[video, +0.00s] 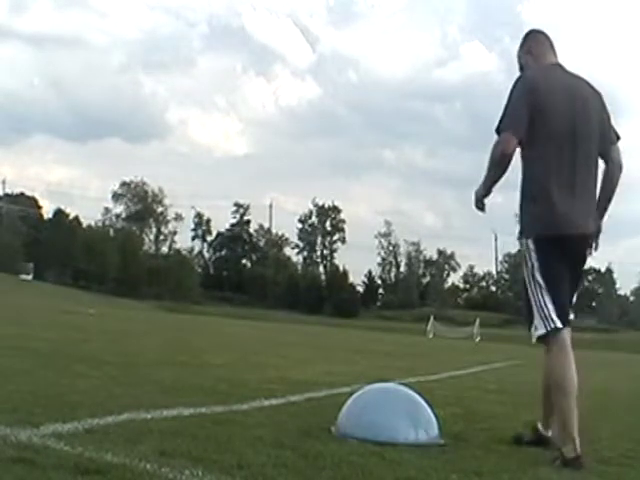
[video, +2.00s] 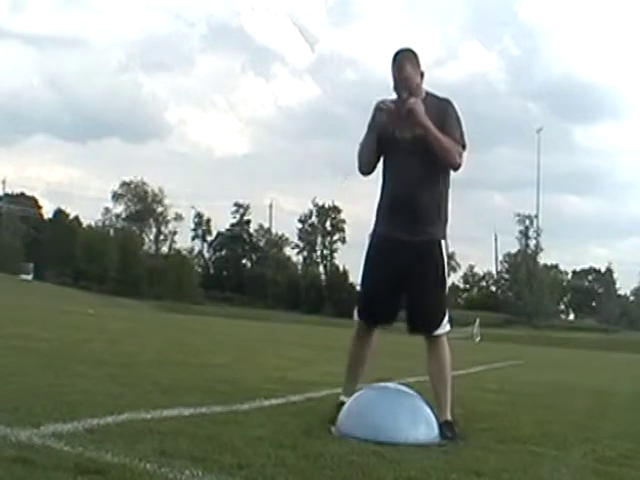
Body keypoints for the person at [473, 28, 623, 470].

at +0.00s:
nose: (523, 68)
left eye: (522, 61)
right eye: (523, 62)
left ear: (529, 52)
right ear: (554, 51)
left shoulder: (530, 82)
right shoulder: (590, 92)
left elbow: (506, 146)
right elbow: (616, 162)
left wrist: (485, 188)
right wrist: (598, 215)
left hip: (544, 224)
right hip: (583, 225)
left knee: (557, 335)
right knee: (555, 331)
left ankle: (571, 448)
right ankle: (548, 428)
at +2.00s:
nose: (402, 88)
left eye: (407, 81)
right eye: (397, 83)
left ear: (422, 76)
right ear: (392, 81)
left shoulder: (442, 109)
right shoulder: (384, 112)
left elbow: (455, 160)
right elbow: (365, 166)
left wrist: (422, 121)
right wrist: (379, 123)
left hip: (428, 237)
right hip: (386, 235)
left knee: (435, 332)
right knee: (365, 324)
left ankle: (444, 418)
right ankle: (347, 403)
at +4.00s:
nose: (414, 96)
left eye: (418, 88)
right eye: (408, 90)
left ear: (431, 84)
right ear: (401, 88)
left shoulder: (450, 115)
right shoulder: (391, 115)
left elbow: (466, 168)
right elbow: (362, 159)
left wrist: (441, 124)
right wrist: (383, 120)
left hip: (432, 241)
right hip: (389, 238)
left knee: (443, 333)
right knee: (373, 329)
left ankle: (456, 417)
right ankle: (360, 408)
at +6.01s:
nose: (431, 150)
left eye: (436, 143)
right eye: (425, 143)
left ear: (445, 135)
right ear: (416, 133)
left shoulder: (450, 151)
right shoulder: (391, 150)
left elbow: (466, 207)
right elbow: (352, 188)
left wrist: (457, 194)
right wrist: (376, 211)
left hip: (431, 257)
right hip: (391, 258)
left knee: (463, 330)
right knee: (374, 357)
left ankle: (454, 419)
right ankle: (343, 398)